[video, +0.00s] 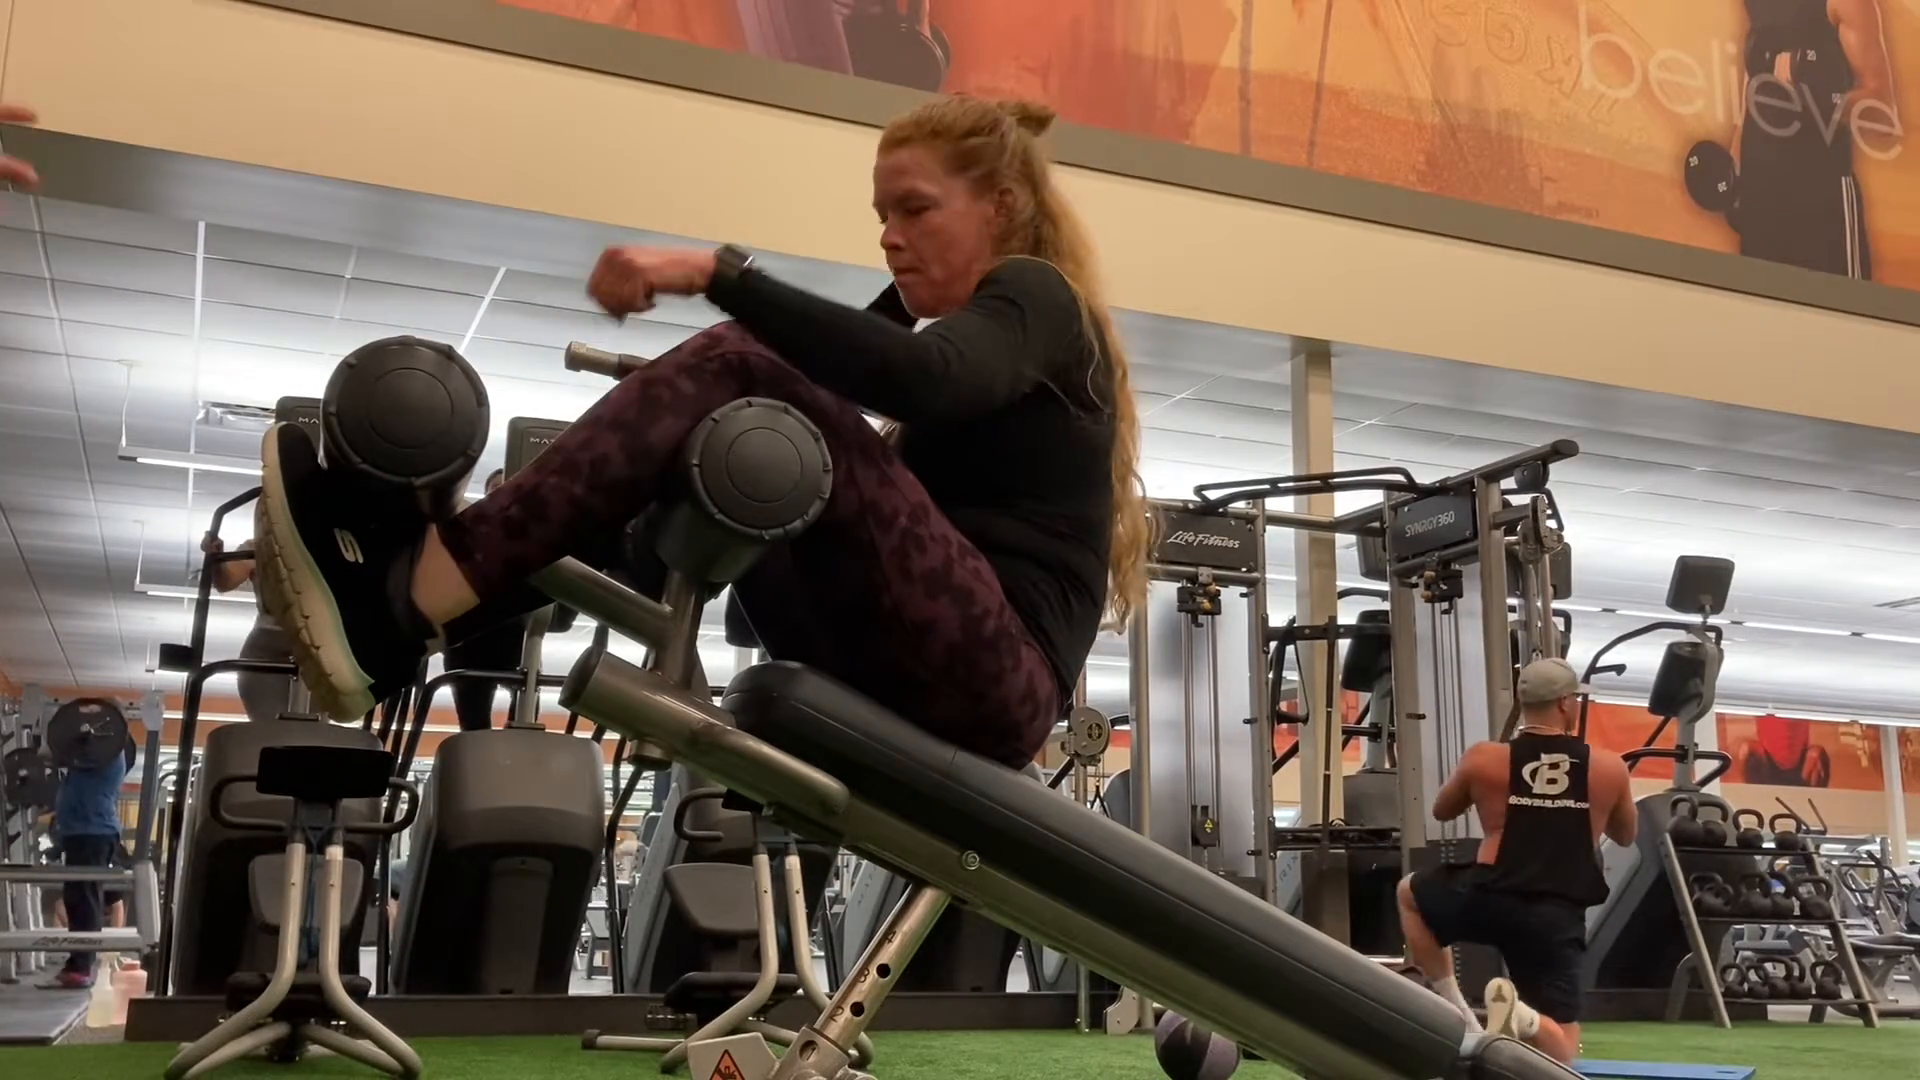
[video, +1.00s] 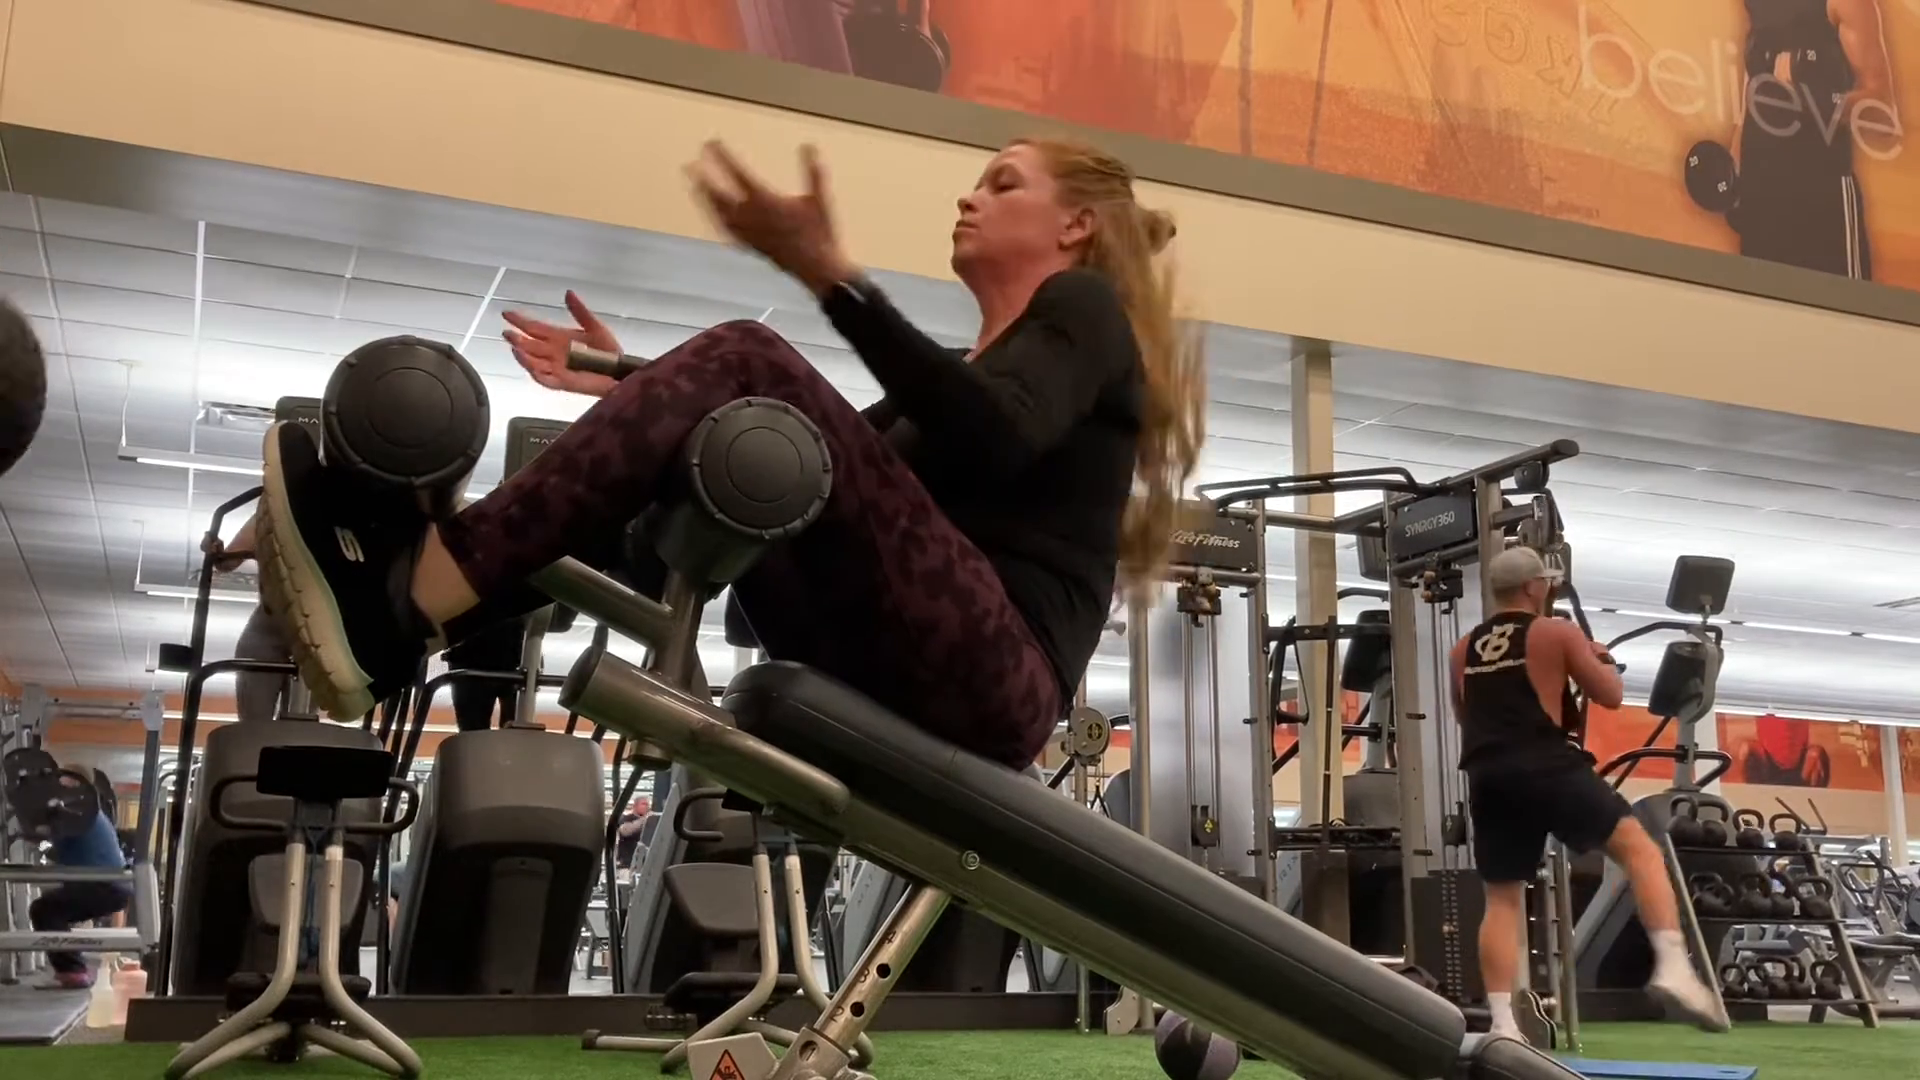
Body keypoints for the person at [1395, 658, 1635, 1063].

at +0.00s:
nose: (1578, 705)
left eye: (1577, 698)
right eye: (1575, 698)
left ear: (1522, 702)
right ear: (1565, 703)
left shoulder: (1484, 758)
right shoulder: (1608, 767)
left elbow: (1442, 810)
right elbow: (1625, 835)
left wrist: (1482, 783)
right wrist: (1591, 793)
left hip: (1488, 897)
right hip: (1556, 912)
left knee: (1410, 895)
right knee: (1566, 1049)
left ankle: (1455, 1009)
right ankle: (1520, 1015)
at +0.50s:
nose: (1549, 671)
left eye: (1547, 662)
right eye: (1545, 662)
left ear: (1495, 671)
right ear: (1528, 668)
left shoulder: (1458, 722)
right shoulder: (1573, 721)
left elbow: (1437, 789)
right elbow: (1613, 792)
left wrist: (1481, 768)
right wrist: (1582, 764)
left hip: (1467, 848)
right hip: (1531, 849)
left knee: (1478, 922)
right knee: (1542, 986)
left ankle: (1499, 1020)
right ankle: (1509, 1009)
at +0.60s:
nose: (1548, 650)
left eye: (1545, 641)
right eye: (1542, 642)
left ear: (1495, 651)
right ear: (1526, 646)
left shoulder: (1457, 699)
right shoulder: (1568, 695)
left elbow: (1438, 771)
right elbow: (1610, 768)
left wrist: (1479, 748)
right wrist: (1584, 754)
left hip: (1470, 817)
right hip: (1533, 815)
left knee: (1483, 920)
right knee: (1543, 948)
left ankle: (1500, 1030)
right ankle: (1513, 1003)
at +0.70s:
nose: (1551, 630)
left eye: (1547, 621)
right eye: (1545, 621)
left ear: (1494, 632)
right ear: (1527, 625)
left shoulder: (1458, 679)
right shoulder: (1563, 670)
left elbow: (1442, 751)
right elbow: (1606, 740)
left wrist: (1487, 727)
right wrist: (1571, 720)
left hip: (1471, 792)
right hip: (1533, 786)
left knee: (1487, 912)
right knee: (1576, 906)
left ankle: (1501, 1029)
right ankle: (1531, 983)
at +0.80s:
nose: (1552, 613)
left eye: (1551, 604)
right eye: (1548, 604)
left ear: (1494, 613)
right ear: (1529, 607)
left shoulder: (1457, 665)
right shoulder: (1559, 648)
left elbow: (1453, 734)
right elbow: (1607, 715)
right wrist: (1573, 683)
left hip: (1473, 781)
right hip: (1534, 772)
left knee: (1490, 906)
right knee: (1620, 871)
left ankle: (1503, 1031)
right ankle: (1548, 962)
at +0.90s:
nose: (1549, 600)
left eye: (1546, 592)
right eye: (1545, 592)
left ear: (1494, 598)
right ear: (1529, 593)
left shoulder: (1461, 652)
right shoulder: (1555, 634)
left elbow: (1462, 716)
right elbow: (1612, 695)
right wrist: (1583, 659)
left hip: (1480, 779)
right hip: (1542, 769)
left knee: (1497, 904)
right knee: (1645, 843)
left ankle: (1503, 1028)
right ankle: (1596, 954)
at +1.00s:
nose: (1550, 593)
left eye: (1548, 586)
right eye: (1547, 586)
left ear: (1495, 592)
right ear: (1534, 587)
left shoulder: (1465, 647)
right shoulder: (1557, 632)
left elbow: (1464, 712)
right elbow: (1611, 695)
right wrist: (1600, 658)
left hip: (1488, 778)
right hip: (1550, 768)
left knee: (1501, 901)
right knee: (1640, 850)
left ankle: (1502, 1027)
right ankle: (1674, 966)